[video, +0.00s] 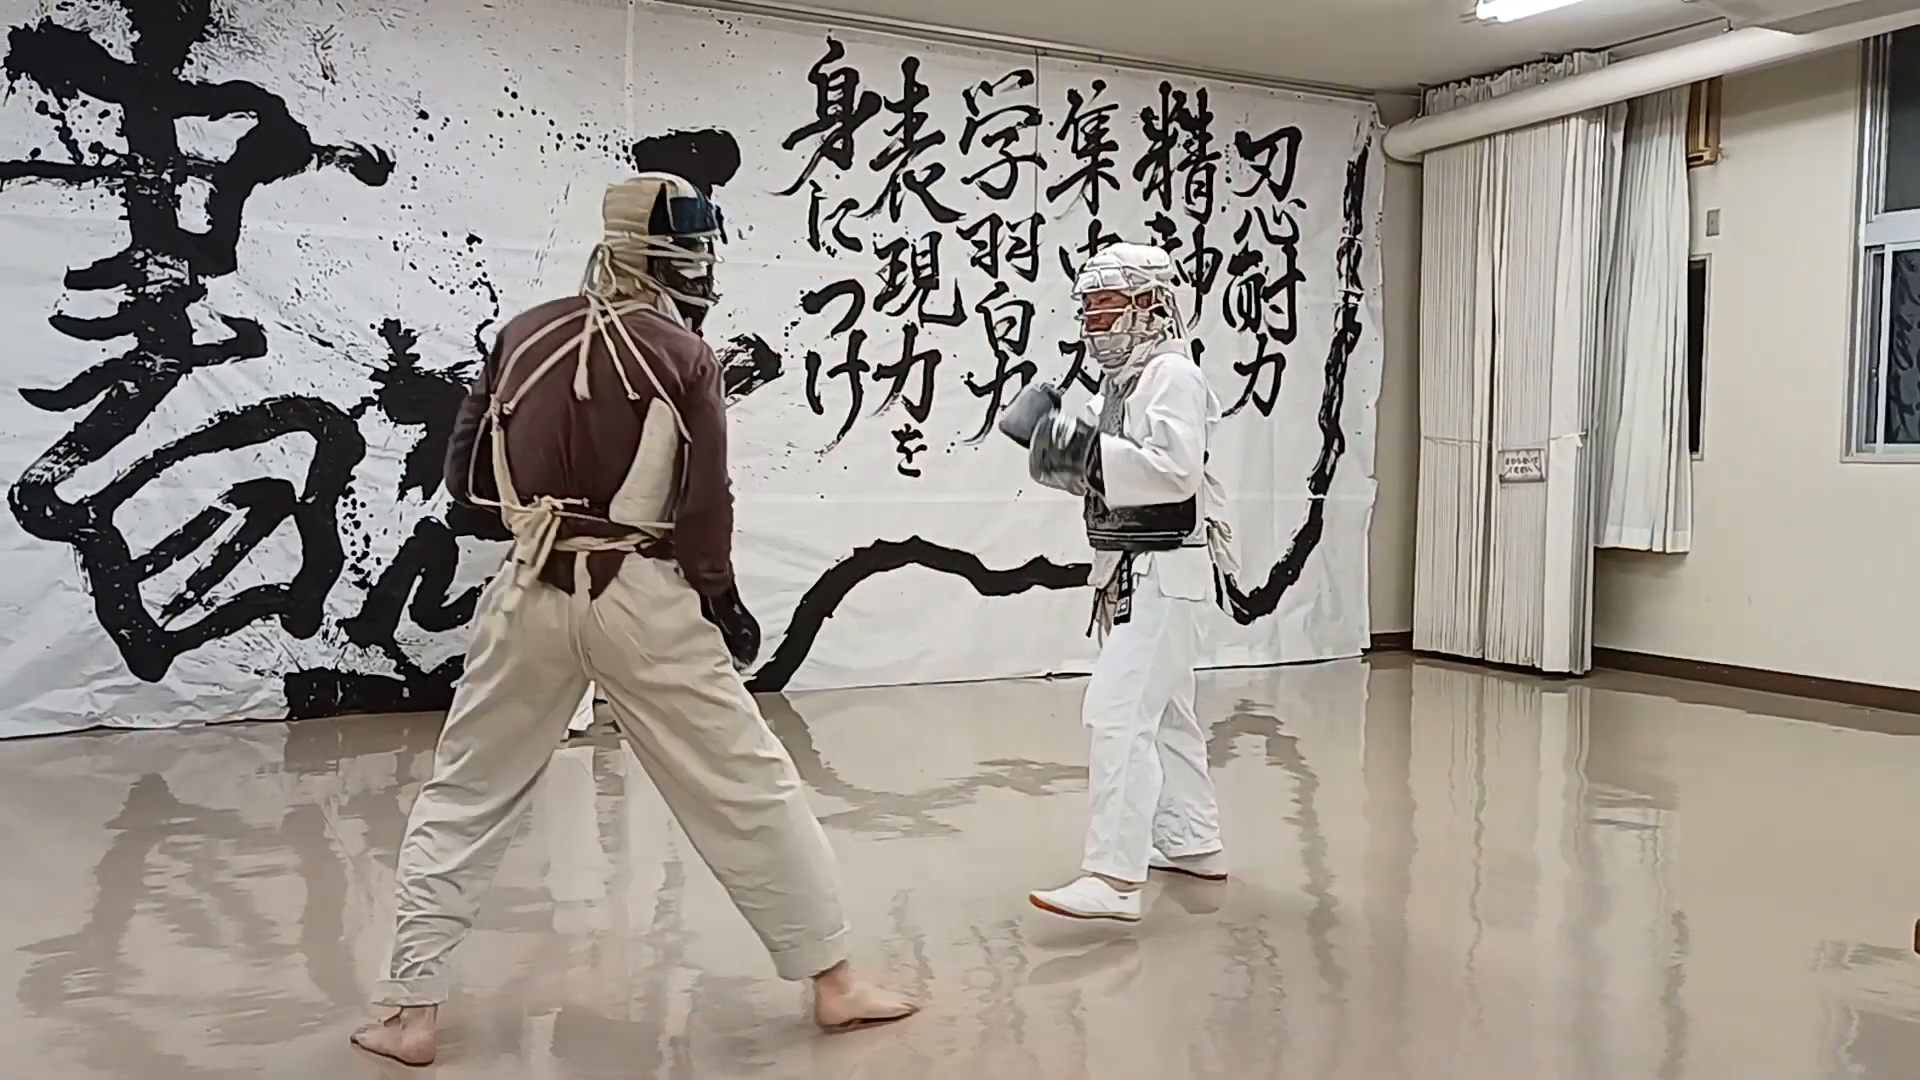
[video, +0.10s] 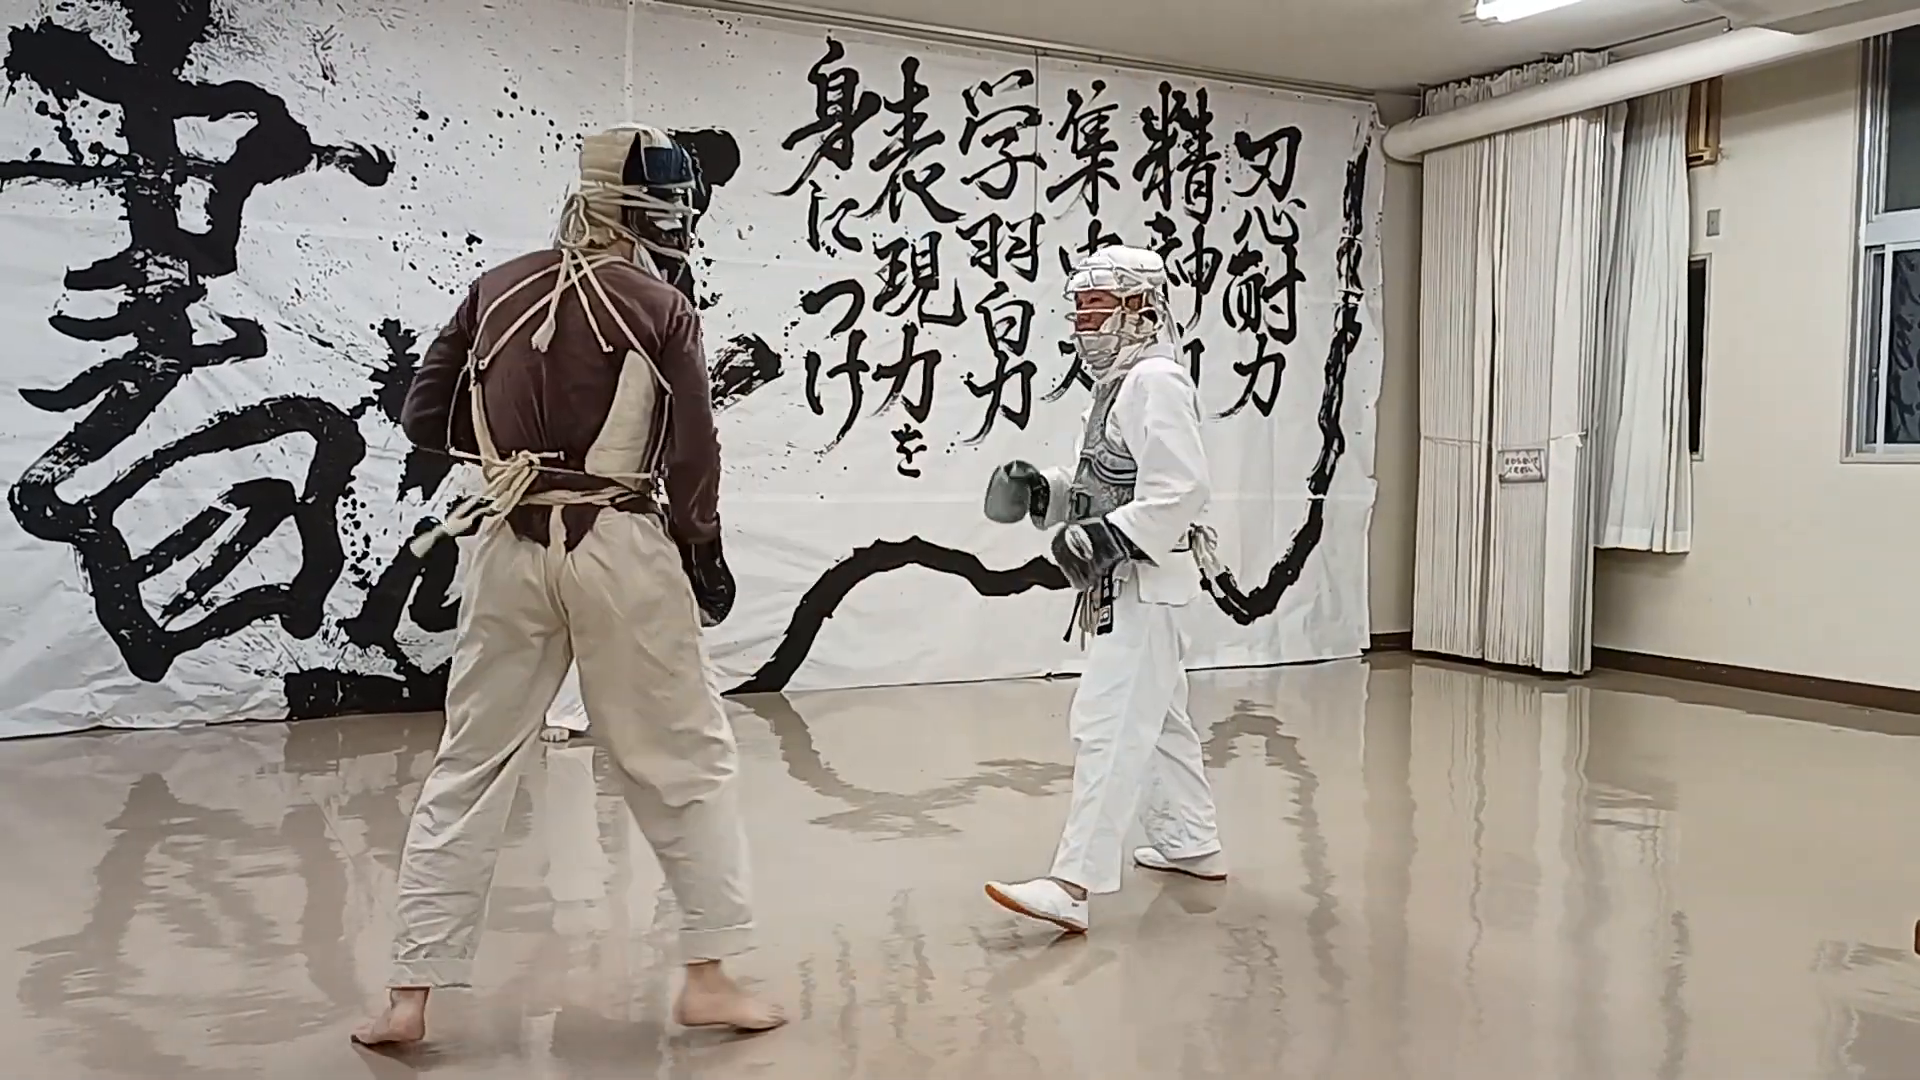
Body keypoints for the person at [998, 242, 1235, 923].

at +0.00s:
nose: (1093, 320)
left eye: (1107, 305)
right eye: (1089, 306)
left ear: (1148, 306)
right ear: (1088, 309)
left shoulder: (1171, 372)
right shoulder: (1122, 379)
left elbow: (1175, 471)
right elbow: (1113, 475)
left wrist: (1083, 446)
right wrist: (1052, 443)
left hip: (1166, 569)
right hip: (1135, 567)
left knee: (1116, 709)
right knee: (1164, 710)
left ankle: (1115, 878)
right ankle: (1192, 842)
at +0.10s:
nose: (1085, 323)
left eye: (1099, 310)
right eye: (1081, 310)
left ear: (1140, 311)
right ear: (1079, 314)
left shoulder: (1154, 381)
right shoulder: (1118, 383)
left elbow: (1180, 486)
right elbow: (1113, 491)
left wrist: (1105, 539)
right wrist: (1050, 494)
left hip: (1144, 584)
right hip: (1130, 579)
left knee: (1106, 724)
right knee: (1160, 715)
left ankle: (1072, 884)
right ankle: (1189, 842)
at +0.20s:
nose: (1064, 318)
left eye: (1078, 305)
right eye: (1061, 305)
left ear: (1120, 310)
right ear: (1065, 310)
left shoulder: (1133, 385)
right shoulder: (1103, 384)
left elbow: (1178, 490)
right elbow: (1111, 495)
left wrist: (1117, 557)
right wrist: (1053, 523)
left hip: (1127, 592)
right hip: (1114, 588)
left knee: (1076, 730)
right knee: (1147, 716)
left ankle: (1058, 893)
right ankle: (1186, 839)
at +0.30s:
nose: (1045, 314)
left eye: (1058, 300)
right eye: (1041, 301)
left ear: (1098, 303)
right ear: (1047, 304)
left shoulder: (1112, 381)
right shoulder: (1090, 376)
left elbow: (1142, 494)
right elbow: (1095, 485)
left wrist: (1057, 538)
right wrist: (1036, 505)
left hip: (1114, 589)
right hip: (1110, 582)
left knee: (1053, 729)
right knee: (1121, 718)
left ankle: (1052, 896)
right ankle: (1175, 842)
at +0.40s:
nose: (1033, 309)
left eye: (1047, 296)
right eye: (1031, 295)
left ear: (1086, 298)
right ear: (1054, 298)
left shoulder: (1095, 371)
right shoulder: (1100, 365)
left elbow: (1094, 478)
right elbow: (1086, 469)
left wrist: (1009, 505)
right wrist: (1018, 477)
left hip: (1094, 576)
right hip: (1125, 570)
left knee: (1043, 732)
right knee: (1096, 716)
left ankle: (1047, 900)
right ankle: (1143, 847)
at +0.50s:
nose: (1025, 306)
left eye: (1038, 293)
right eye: (1024, 293)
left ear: (1077, 296)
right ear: (1057, 299)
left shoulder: (1088, 370)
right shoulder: (1085, 366)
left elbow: (1090, 478)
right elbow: (1068, 471)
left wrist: (1002, 507)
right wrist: (998, 460)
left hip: (1081, 576)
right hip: (1105, 571)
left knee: (1030, 726)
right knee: (1087, 719)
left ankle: (1050, 899)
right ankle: (1139, 862)